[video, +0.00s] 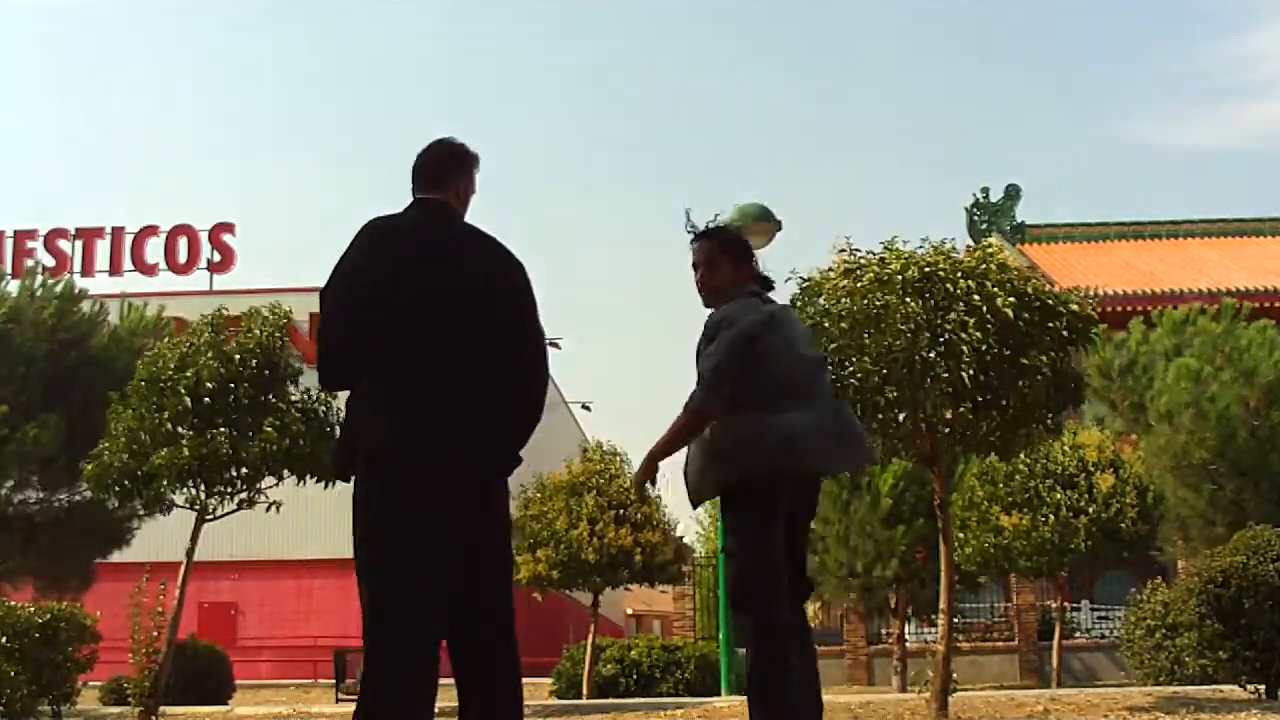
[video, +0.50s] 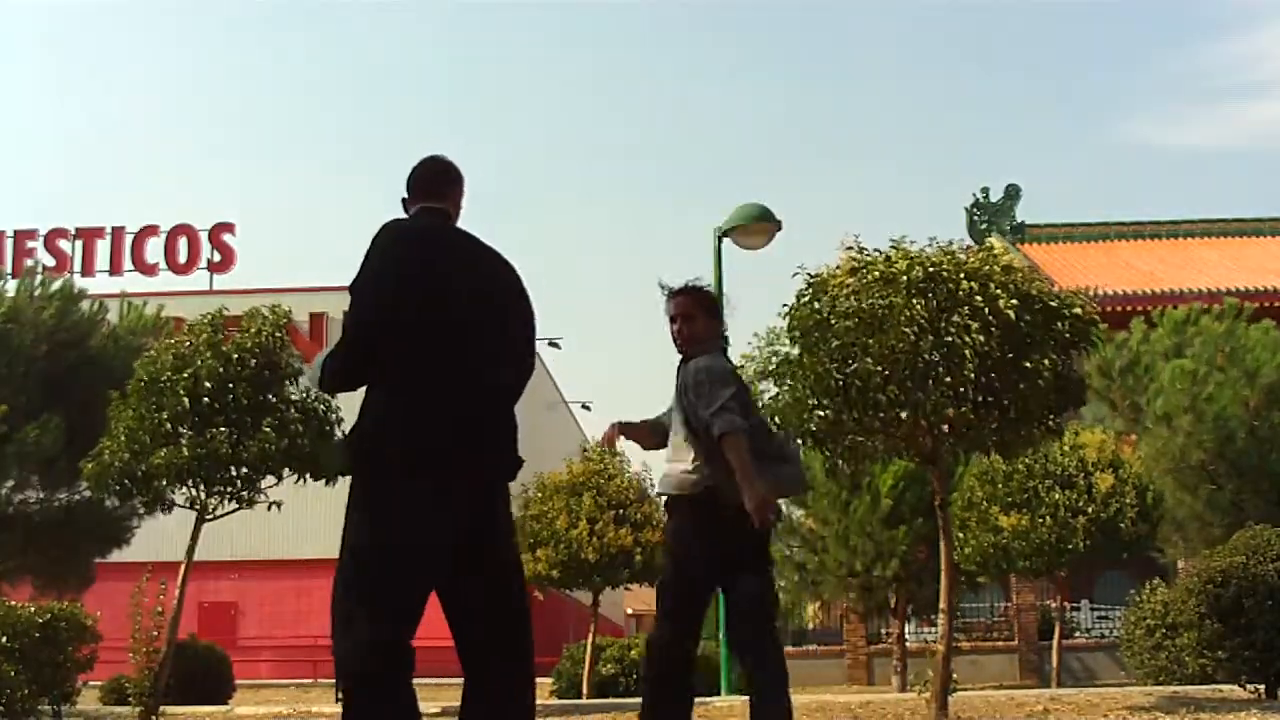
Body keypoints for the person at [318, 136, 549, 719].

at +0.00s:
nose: (470, 196)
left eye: (468, 187)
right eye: (472, 187)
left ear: (413, 183)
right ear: (465, 187)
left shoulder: (368, 246)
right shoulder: (499, 261)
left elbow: (334, 366)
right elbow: (530, 377)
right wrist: (501, 451)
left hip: (389, 471)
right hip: (474, 473)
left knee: (395, 638)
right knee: (486, 639)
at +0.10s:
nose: (474, 199)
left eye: (473, 190)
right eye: (475, 190)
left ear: (417, 185)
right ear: (468, 190)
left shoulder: (375, 248)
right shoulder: (504, 264)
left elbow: (339, 367)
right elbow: (533, 377)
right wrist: (496, 442)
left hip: (391, 479)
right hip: (480, 479)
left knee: (396, 655)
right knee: (490, 654)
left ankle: (396, 718)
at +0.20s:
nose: (474, 204)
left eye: (471, 195)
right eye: (476, 195)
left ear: (418, 190)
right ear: (471, 195)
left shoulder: (383, 246)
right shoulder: (507, 266)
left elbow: (344, 368)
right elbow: (533, 372)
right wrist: (500, 436)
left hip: (394, 476)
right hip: (481, 475)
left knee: (386, 637)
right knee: (491, 639)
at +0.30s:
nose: (466, 207)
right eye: (472, 198)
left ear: (417, 194)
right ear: (473, 199)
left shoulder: (388, 247)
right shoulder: (509, 269)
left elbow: (347, 367)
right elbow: (529, 376)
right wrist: (489, 429)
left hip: (395, 485)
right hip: (483, 488)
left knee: (382, 663)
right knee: (490, 666)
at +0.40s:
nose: (431, 209)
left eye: (420, 201)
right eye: (458, 199)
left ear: (414, 199)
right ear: (469, 201)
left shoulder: (396, 241)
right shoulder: (509, 270)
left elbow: (356, 358)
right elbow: (525, 371)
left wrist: (331, 374)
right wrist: (486, 426)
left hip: (398, 476)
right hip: (485, 479)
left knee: (368, 634)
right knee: (496, 645)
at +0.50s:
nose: (419, 210)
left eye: (412, 202)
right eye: (442, 199)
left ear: (406, 201)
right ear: (460, 201)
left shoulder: (394, 244)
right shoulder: (499, 270)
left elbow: (362, 353)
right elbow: (518, 365)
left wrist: (328, 371)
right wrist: (473, 404)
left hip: (396, 472)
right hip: (478, 476)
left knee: (370, 636)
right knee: (498, 642)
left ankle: (383, 719)